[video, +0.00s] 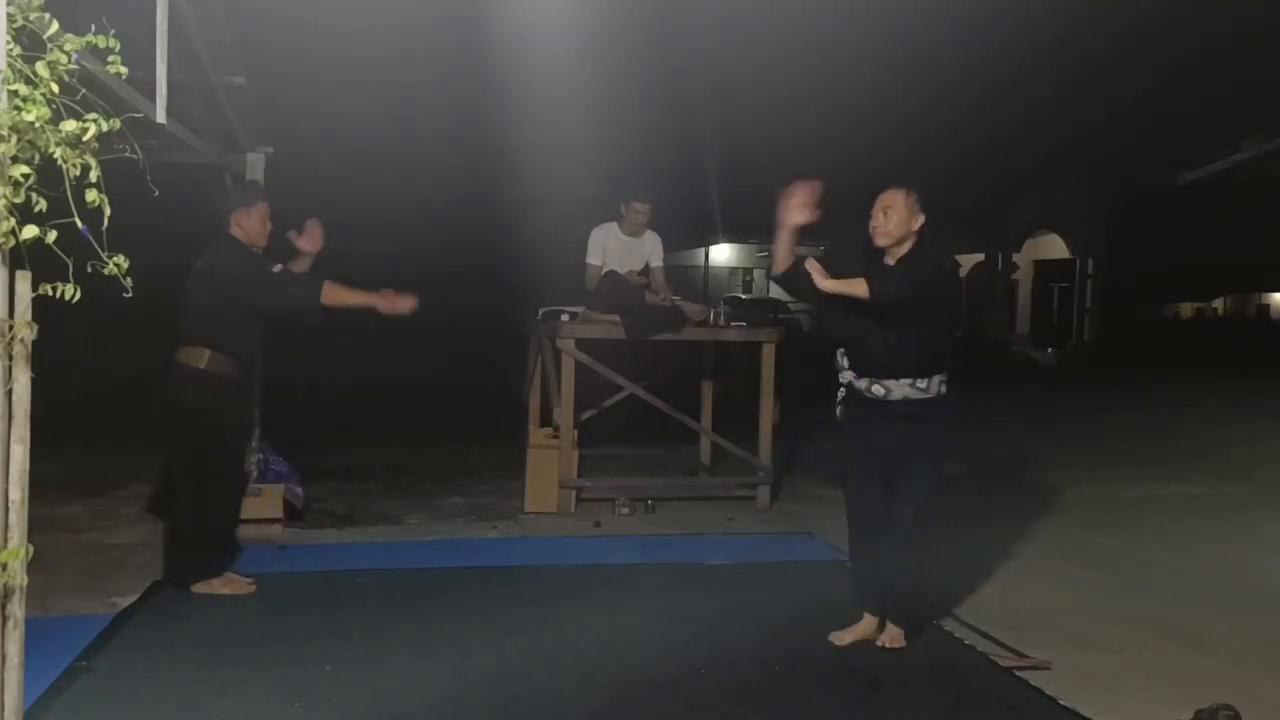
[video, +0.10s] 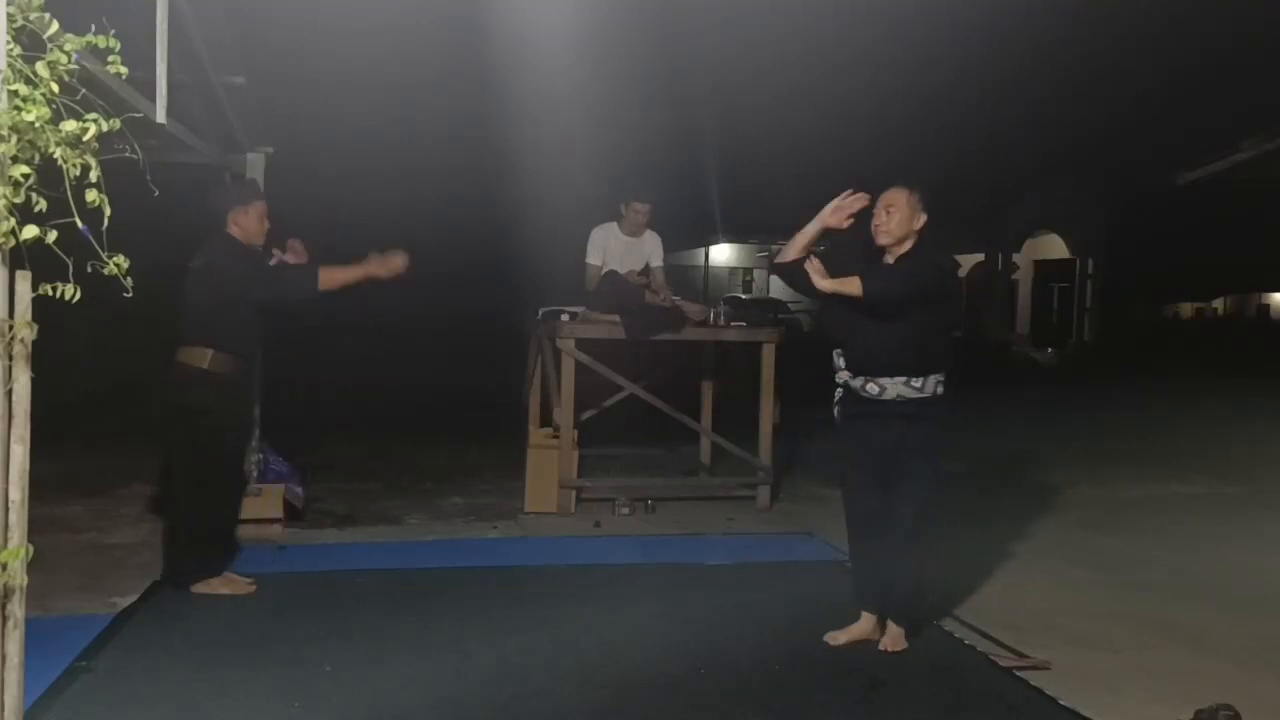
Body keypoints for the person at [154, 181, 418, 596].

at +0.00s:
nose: (269, 226)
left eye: (269, 218)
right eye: (263, 218)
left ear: (241, 221)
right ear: (239, 220)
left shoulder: (230, 258)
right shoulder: (228, 261)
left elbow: (278, 282)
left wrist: (304, 256)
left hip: (214, 383)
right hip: (205, 385)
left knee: (214, 473)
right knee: (212, 475)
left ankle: (208, 565)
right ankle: (202, 572)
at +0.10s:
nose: (266, 224)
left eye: (266, 216)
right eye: (260, 216)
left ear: (237, 219)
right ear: (236, 218)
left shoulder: (222, 255)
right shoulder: (224, 258)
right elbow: (289, 283)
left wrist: (279, 266)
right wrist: (366, 269)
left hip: (210, 384)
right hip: (206, 387)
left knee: (211, 473)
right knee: (212, 475)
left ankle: (204, 564)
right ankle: (201, 571)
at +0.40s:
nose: (259, 220)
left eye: (258, 213)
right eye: (253, 213)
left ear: (230, 216)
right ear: (228, 216)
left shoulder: (222, 256)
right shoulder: (215, 259)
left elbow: (258, 273)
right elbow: (262, 279)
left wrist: (294, 254)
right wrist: (316, 265)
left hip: (217, 386)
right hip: (205, 388)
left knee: (216, 475)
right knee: (211, 476)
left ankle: (207, 565)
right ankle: (200, 571)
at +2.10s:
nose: (256, 225)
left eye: (255, 217)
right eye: (252, 218)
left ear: (221, 218)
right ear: (233, 220)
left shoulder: (206, 254)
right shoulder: (217, 261)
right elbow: (290, 280)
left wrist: (258, 252)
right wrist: (269, 265)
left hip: (209, 382)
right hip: (211, 385)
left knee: (212, 472)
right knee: (217, 474)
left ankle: (204, 565)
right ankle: (201, 572)